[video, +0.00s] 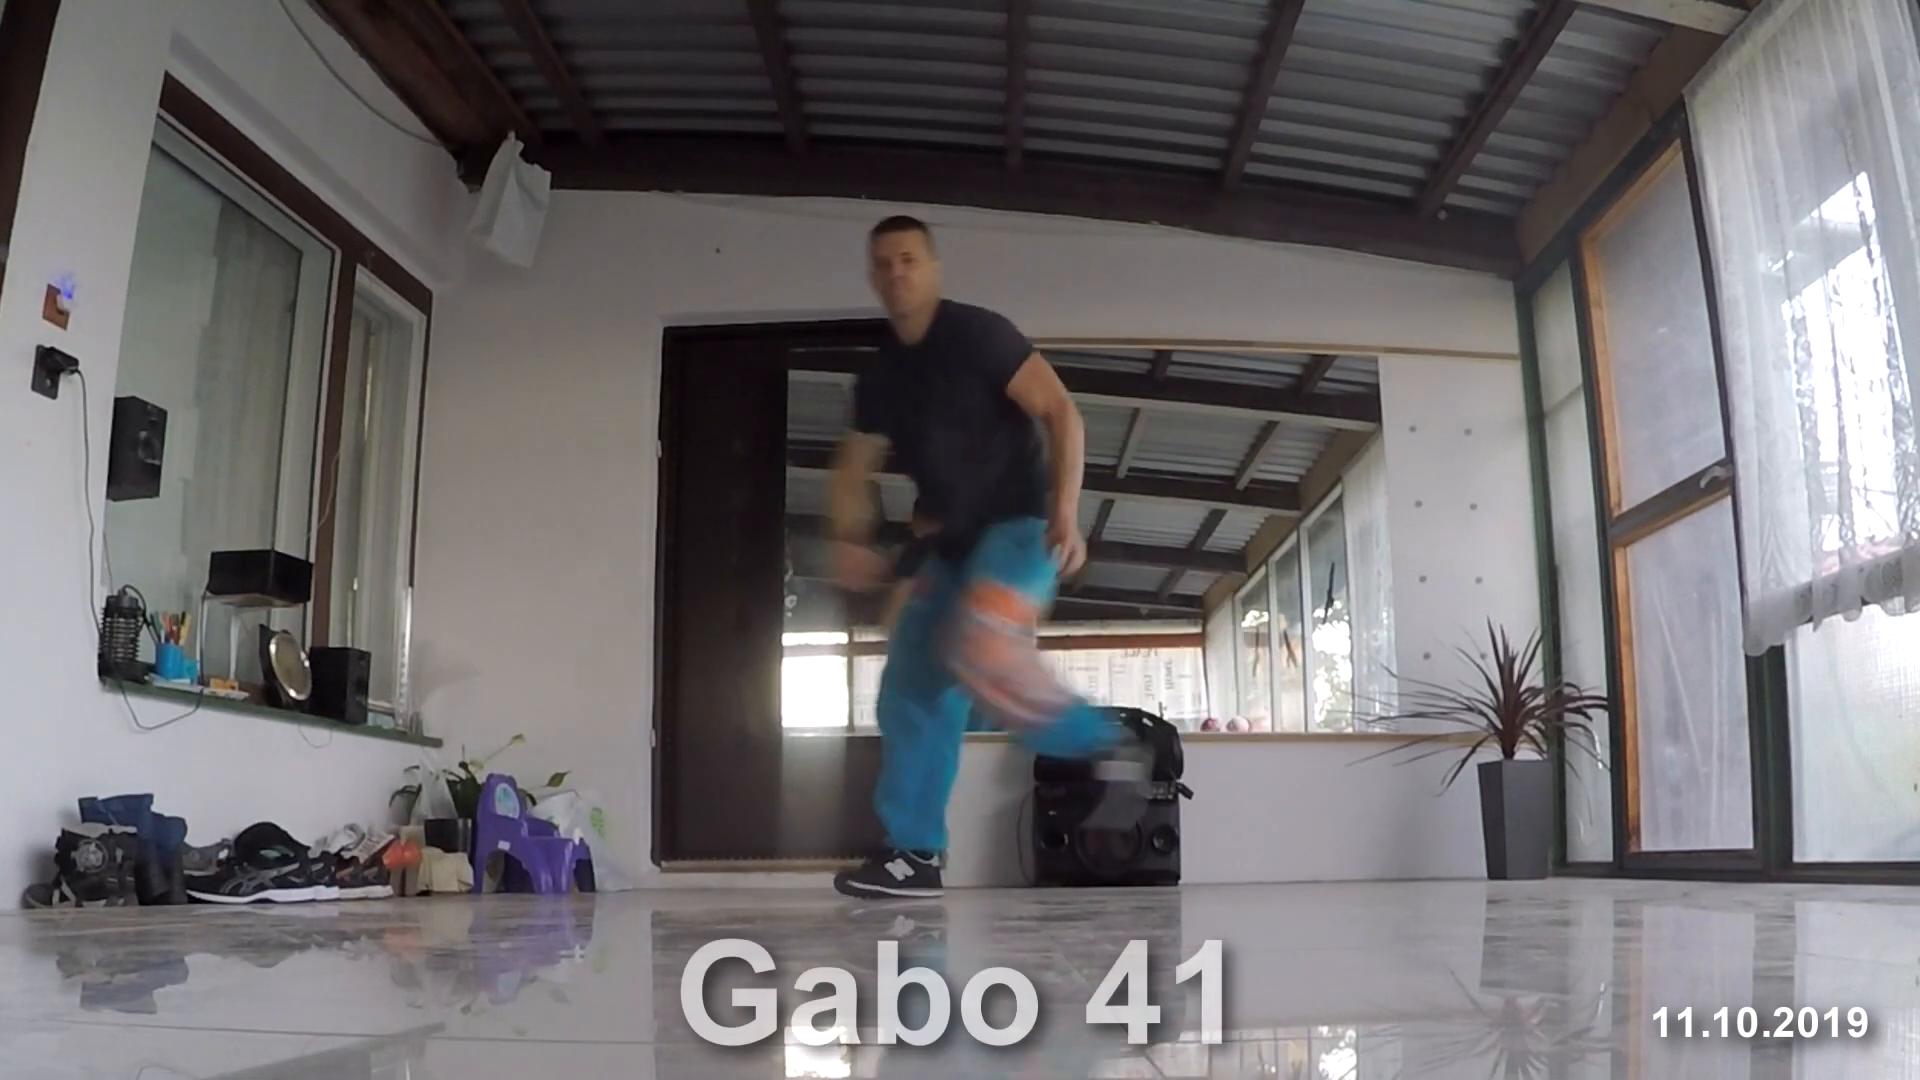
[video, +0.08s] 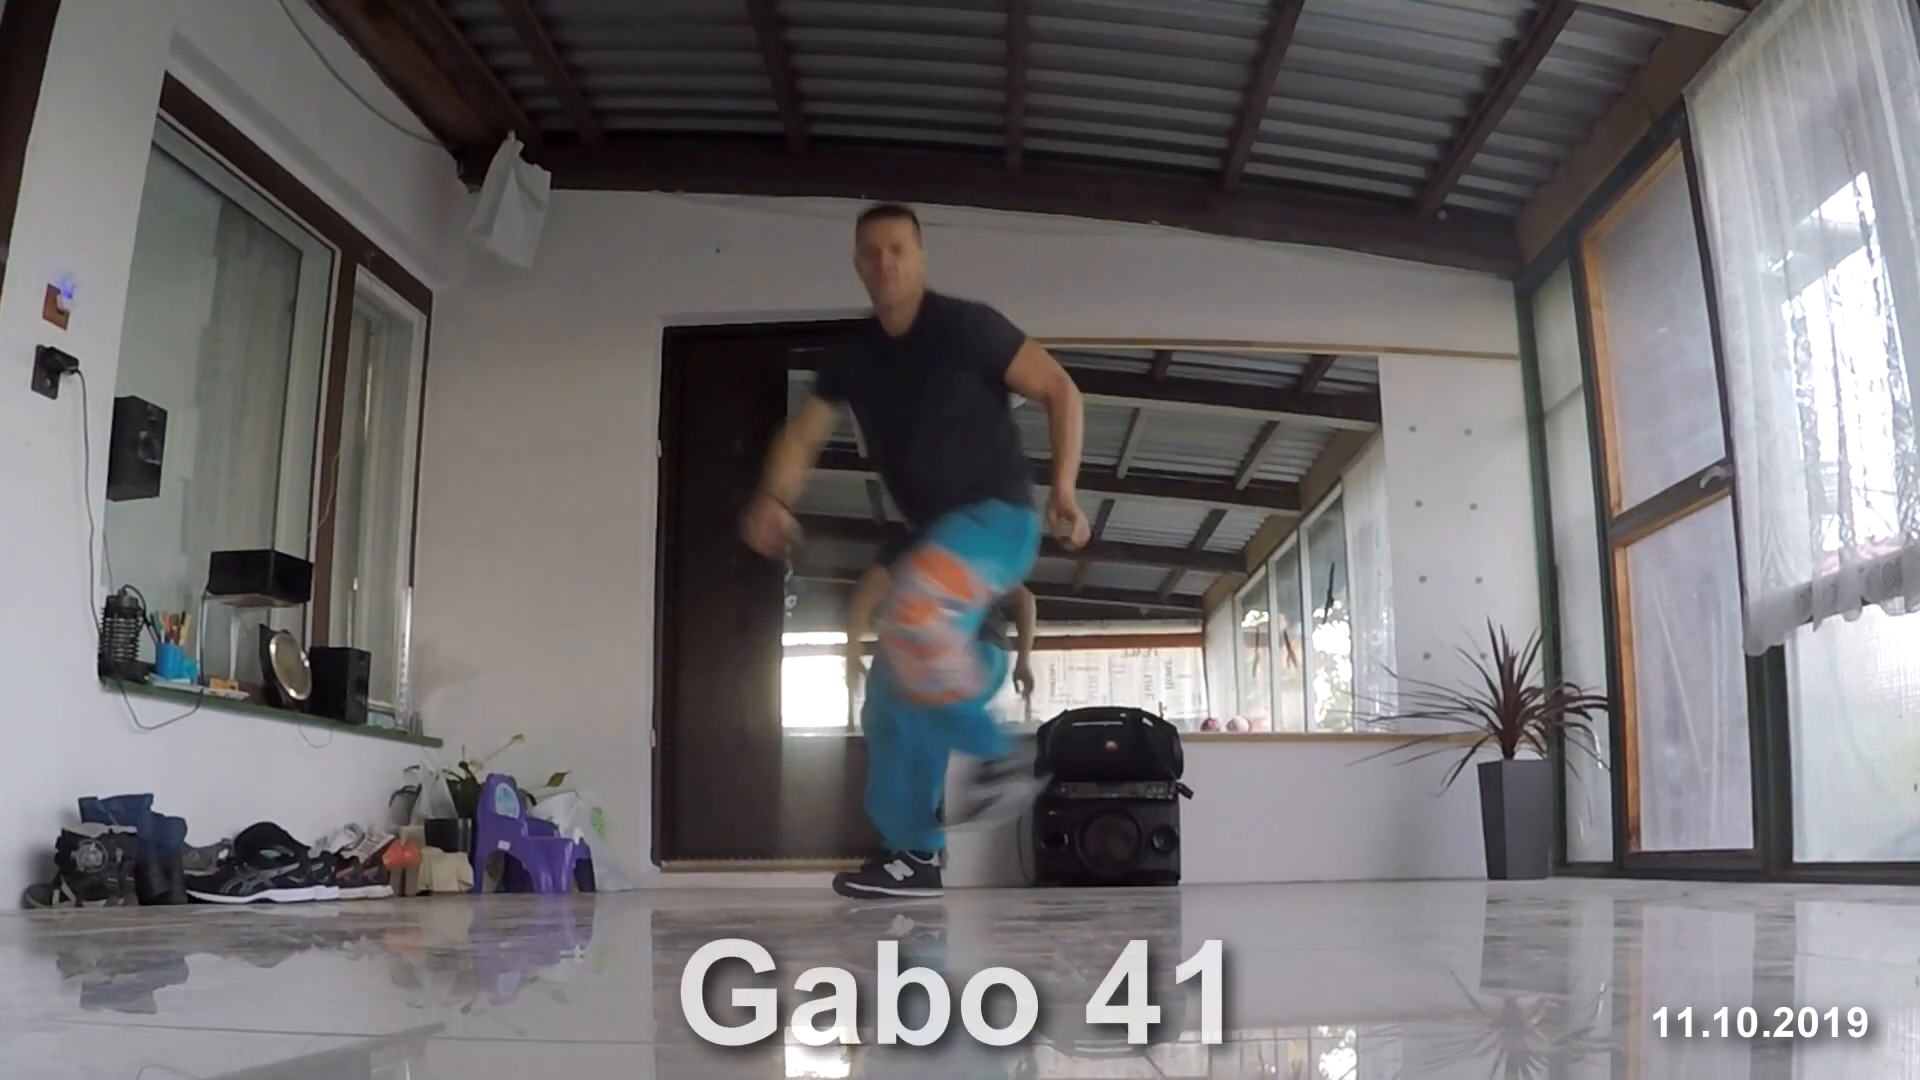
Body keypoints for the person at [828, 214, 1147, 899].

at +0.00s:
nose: (896, 274)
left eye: (908, 261)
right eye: (884, 264)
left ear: (934, 269)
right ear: (872, 279)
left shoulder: (979, 333)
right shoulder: (883, 374)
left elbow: (1063, 413)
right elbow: (852, 470)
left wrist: (1066, 512)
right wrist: (851, 543)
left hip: (1017, 530)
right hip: (949, 543)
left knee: (979, 652)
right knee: (913, 688)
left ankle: (1111, 743)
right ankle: (917, 854)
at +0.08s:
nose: (885, 263)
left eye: (898, 250)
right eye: (872, 253)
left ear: (922, 258)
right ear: (857, 266)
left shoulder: (966, 325)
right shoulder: (852, 355)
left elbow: (1063, 391)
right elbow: (803, 434)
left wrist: (1064, 489)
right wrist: (775, 497)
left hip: (996, 513)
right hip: (931, 529)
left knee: (913, 617)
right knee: (895, 680)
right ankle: (913, 853)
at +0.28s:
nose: (897, 224)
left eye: (913, 213)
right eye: (886, 208)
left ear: (933, 225)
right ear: (866, 213)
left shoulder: (945, 310)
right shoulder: (826, 290)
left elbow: (993, 421)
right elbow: (754, 361)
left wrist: (986, 533)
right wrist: (689, 433)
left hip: (902, 516)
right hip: (843, 518)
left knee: (850, 666)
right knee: (887, 681)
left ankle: (765, 833)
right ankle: (923, 854)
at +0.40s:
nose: (903, 221)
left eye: (921, 214)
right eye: (895, 204)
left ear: (935, 232)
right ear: (871, 206)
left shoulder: (919, 324)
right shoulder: (812, 278)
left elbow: (927, 457)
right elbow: (743, 348)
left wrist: (921, 569)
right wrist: (669, 418)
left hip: (855, 517)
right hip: (789, 510)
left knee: (807, 670)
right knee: (794, 673)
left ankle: (746, 851)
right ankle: (903, 827)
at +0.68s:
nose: (867, 183)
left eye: (884, 173)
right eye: (858, 163)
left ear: (899, 179)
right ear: (827, 150)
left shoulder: (899, 262)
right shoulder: (756, 225)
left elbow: (909, 387)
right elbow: (702, 289)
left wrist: (819, 433)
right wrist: (652, 375)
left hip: (815, 484)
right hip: (718, 464)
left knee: (791, 655)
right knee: (658, 606)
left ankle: (746, 849)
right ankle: (663, 767)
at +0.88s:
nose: (897, 199)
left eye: (914, 189)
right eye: (890, 176)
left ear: (925, 193)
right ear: (853, 148)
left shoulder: (906, 282)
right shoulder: (754, 213)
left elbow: (879, 408)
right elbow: (655, 288)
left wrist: (825, 481)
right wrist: (615, 394)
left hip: (807, 479)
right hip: (712, 456)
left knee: (804, 660)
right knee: (694, 643)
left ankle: (740, 829)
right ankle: (657, 848)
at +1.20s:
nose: (1001, 477)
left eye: (1017, 468)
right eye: (1005, 458)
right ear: (974, 408)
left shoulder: (942, 395)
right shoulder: (881, 448)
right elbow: (847, 635)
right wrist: (879, 797)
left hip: (772, 523)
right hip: (713, 496)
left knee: (671, 627)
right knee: (709, 678)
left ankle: (577, 716)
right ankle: (655, 856)